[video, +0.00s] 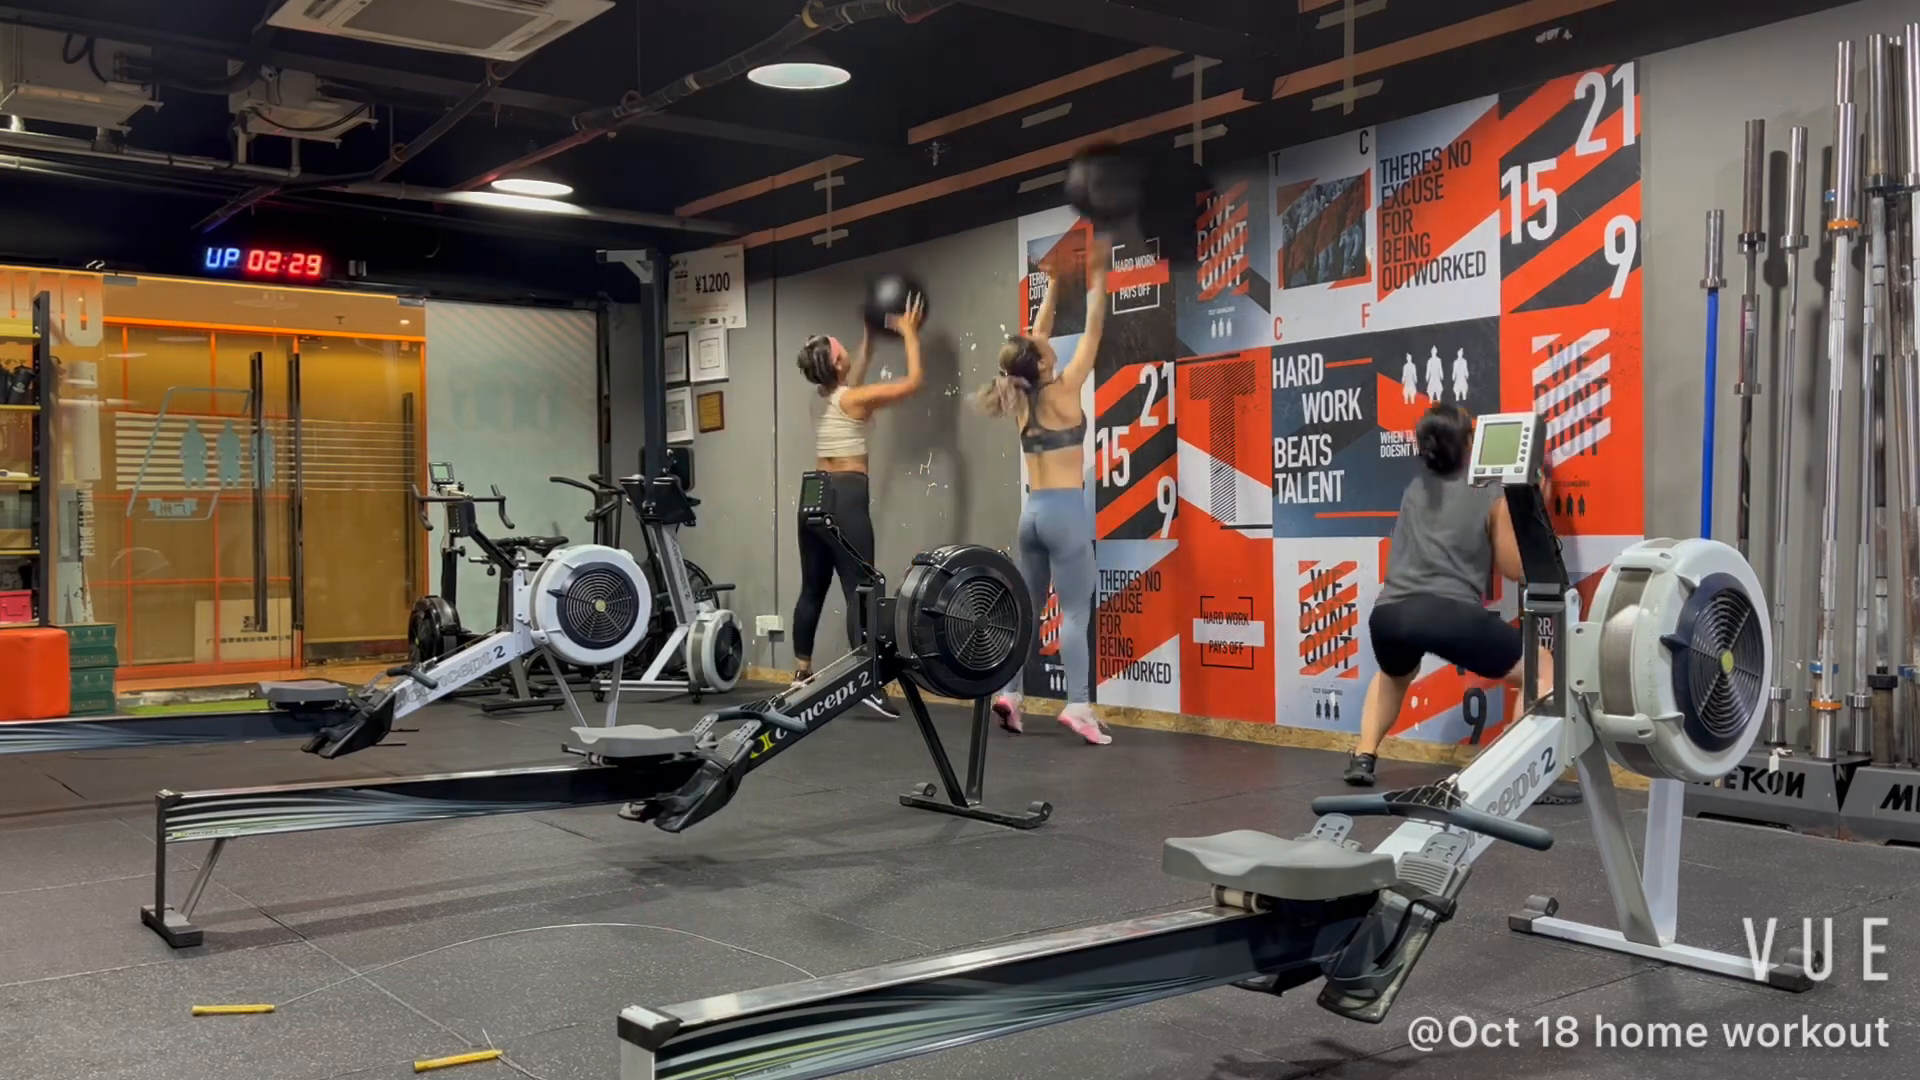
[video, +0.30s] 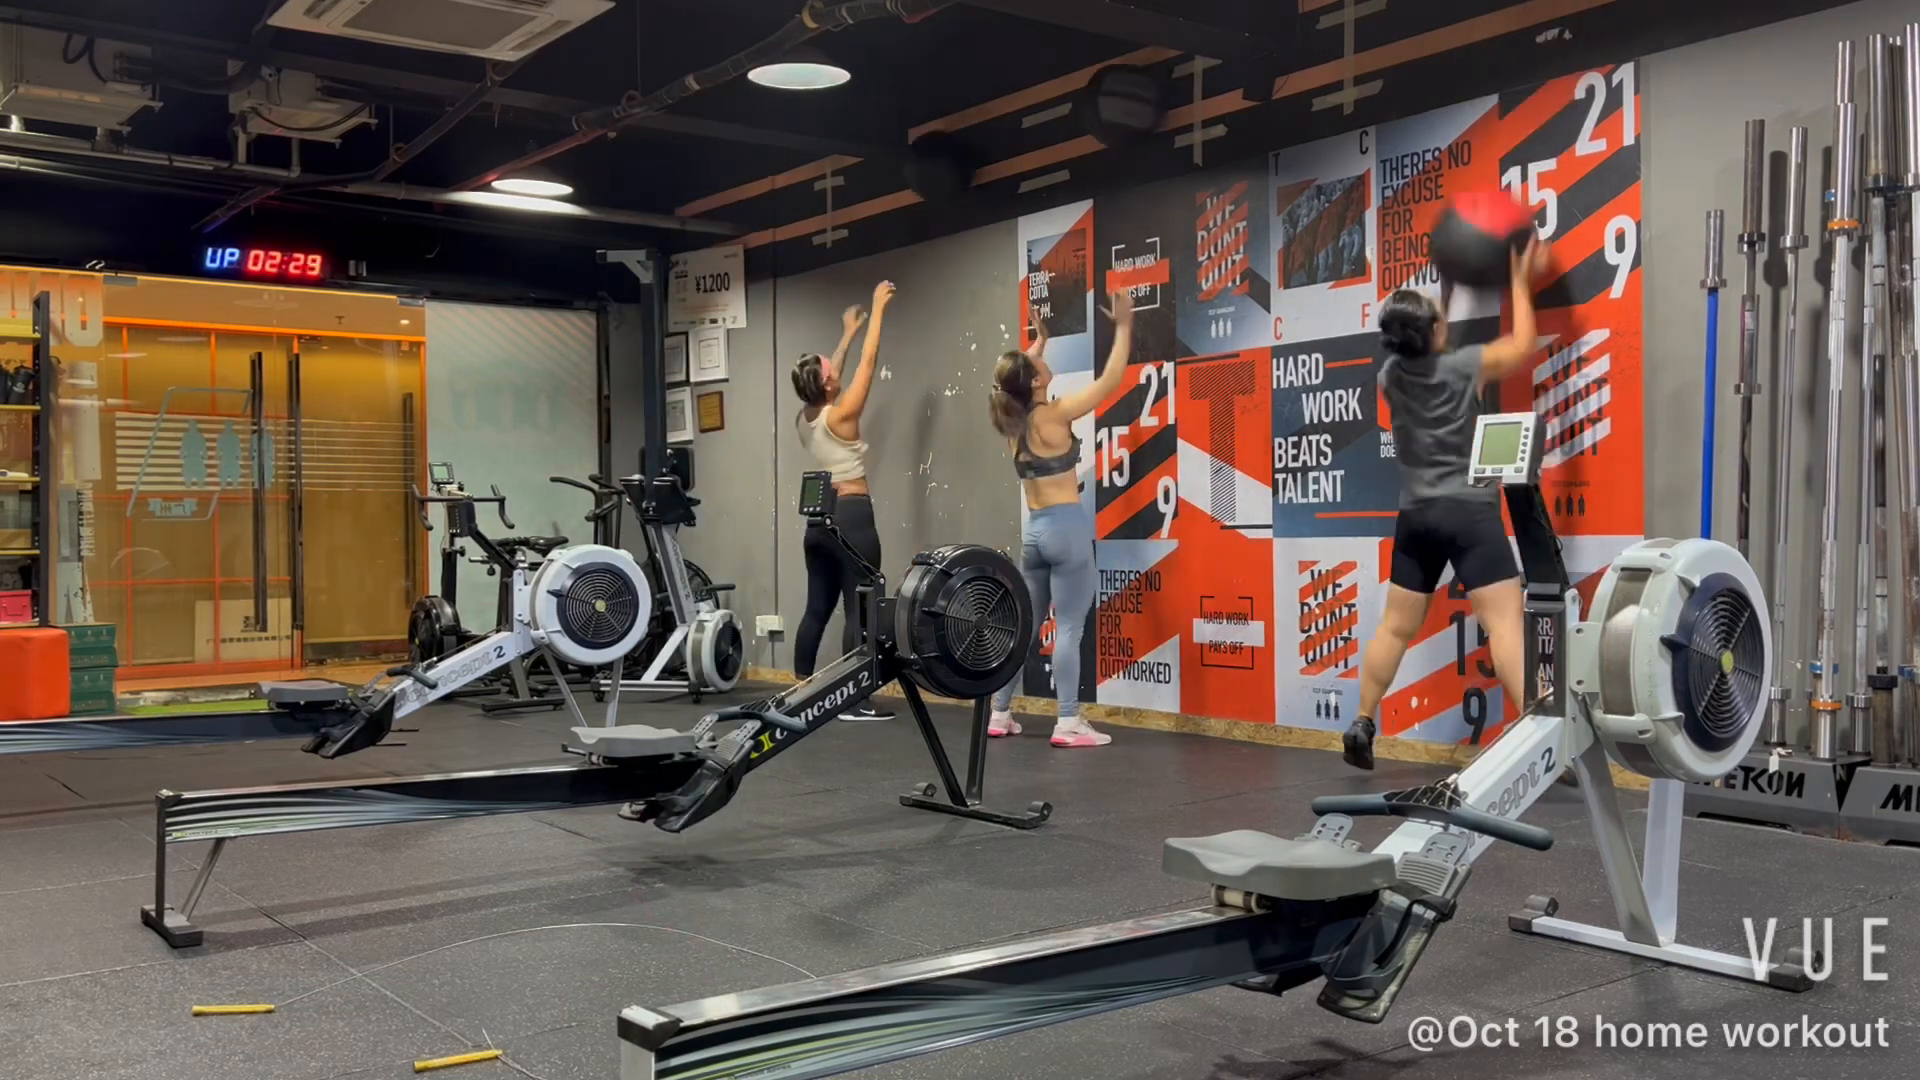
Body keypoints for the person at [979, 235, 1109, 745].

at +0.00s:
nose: (1050, 346)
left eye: (1044, 344)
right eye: (1045, 345)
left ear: (1022, 367)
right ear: (1042, 362)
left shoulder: (1020, 395)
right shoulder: (1067, 387)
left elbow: (1037, 336)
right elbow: (1095, 328)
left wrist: (1051, 289)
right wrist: (1099, 273)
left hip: (1032, 509)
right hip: (1067, 509)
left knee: (1025, 607)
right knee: (1075, 611)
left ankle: (1007, 691)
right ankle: (1078, 704)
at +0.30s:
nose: (1043, 368)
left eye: (1040, 364)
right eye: (1040, 368)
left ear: (1013, 386)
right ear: (1038, 380)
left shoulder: (1012, 418)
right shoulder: (1057, 412)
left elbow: (1025, 379)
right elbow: (1109, 381)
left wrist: (1040, 341)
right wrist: (1123, 325)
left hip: (1033, 525)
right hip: (1067, 523)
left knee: (1022, 624)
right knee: (1068, 629)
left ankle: (1000, 714)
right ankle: (1068, 722)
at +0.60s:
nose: (1044, 367)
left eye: (1038, 364)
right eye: (1039, 367)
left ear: (1014, 387)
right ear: (1034, 381)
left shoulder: (1012, 421)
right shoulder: (1054, 414)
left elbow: (1053, 419)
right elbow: (1121, 404)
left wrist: (1077, 387)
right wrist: (1149, 362)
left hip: (1026, 528)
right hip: (1057, 528)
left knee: (1020, 622)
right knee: (1072, 627)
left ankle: (999, 714)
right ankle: (1069, 723)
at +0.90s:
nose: (1059, 423)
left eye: (1055, 419)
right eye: (1053, 422)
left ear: (1025, 441)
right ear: (1047, 438)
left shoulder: (1018, 474)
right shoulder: (1069, 476)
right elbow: (1120, 517)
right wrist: (1125, 480)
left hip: (1006, 582)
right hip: (1041, 586)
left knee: (1023, 643)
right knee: (1112, 644)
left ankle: (999, 713)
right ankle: (1073, 723)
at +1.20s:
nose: (1056, 489)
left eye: (1050, 489)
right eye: (1051, 493)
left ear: (1027, 519)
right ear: (1050, 517)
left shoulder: (1016, 551)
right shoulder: (1071, 554)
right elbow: (1115, 601)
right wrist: (1121, 565)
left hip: (1002, 658)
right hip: (1038, 664)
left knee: (1032, 640)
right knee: (1119, 656)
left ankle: (1000, 715)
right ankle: (1072, 724)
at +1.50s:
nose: (1057, 425)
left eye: (1050, 423)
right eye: (1051, 428)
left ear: (1030, 456)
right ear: (1050, 451)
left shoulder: (1025, 484)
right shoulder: (1073, 485)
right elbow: (1124, 527)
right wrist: (1125, 492)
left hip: (1007, 583)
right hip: (1040, 588)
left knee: (1038, 647)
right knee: (1109, 647)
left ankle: (1001, 715)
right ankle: (1072, 723)